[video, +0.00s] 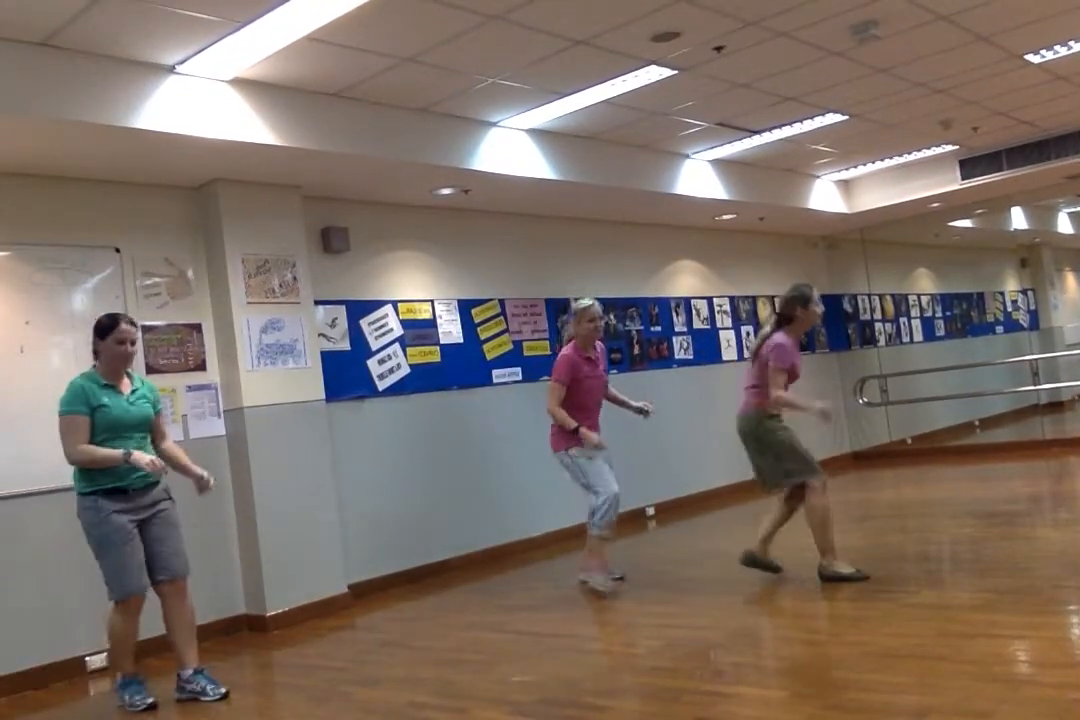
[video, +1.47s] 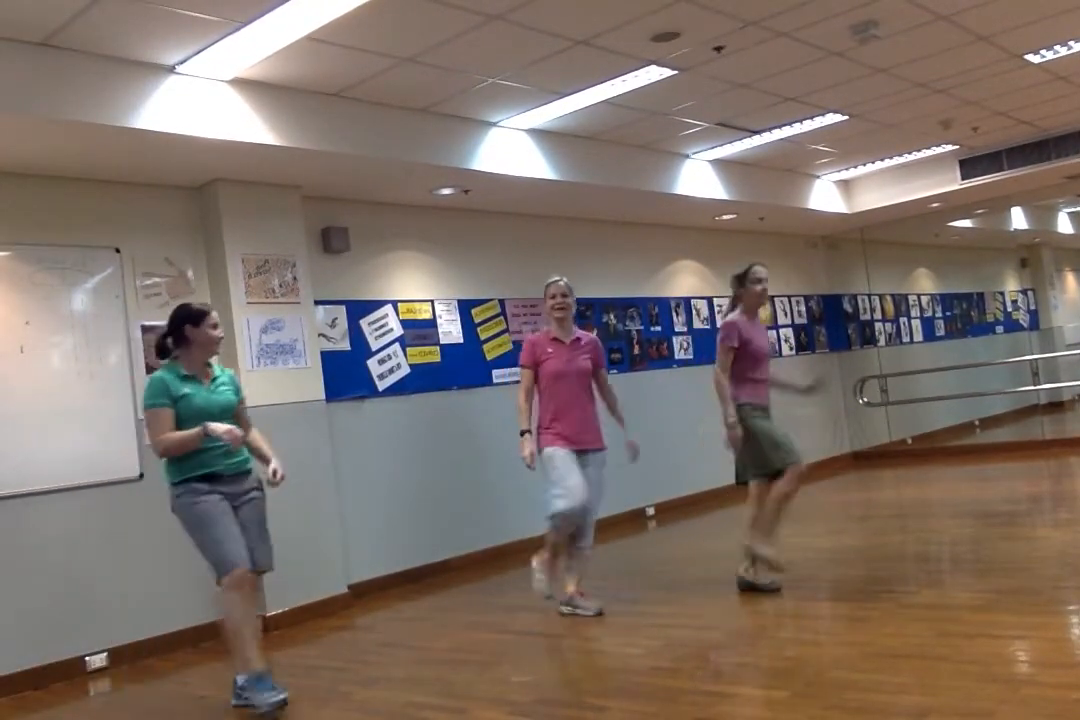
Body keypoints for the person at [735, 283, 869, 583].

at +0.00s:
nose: (820, 312)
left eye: (819, 306)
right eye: (815, 307)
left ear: (796, 311)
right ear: (798, 311)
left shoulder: (778, 340)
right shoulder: (781, 344)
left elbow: (765, 392)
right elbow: (776, 395)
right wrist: (814, 406)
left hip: (756, 420)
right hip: (761, 421)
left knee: (800, 487)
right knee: (815, 481)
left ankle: (759, 551)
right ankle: (829, 562)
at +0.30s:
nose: (798, 330)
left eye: (797, 325)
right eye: (794, 325)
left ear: (772, 326)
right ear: (779, 328)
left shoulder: (745, 339)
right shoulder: (765, 357)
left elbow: (707, 358)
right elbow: (786, 386)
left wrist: (696, 394)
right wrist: (819, 360)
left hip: (718, 425)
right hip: (728, 428)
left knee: (752, 497)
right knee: (768, 492)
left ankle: (730, 556)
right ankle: (813, 559)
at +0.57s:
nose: (768, 308)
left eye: (767, 302)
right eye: (763, 302)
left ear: (749, 307)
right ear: (745, 306)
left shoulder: (745, 336)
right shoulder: (729, 339)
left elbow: (734, 371)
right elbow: (710, 384)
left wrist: (754, 391)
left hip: (724, 410)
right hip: (708, 411)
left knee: (739, 480)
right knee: (741, 476)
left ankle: (733, 554)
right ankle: (729, 555)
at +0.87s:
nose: (733, 297)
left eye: (736, 292)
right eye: (726, 291)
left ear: (738, 299)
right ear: (711, 296)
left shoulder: (735, 333)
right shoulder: (693, 333)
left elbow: (732, 375)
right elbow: (676, 369)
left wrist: (770, 400)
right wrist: (680, 400)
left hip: (726, 422)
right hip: (698, 423)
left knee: (742, 489)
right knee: (704, 495)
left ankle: (730, 549)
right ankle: (697, 564)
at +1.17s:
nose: (735, 292)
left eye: (739, 287)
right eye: (728, 287)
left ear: (744, 294)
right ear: (716, 293)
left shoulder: (743, 331)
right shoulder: (708, 324)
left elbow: (738, 372)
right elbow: (701, 363)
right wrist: (733, 353)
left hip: (742, 417)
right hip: (710, 419)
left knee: (748, 491)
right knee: (709, 494)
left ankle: (747, 567)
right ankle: (707, 560)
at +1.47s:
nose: (764, 288)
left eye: (765, 283)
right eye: (757, 282)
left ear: (765, 289)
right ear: (741, 288)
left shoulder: (758, 324)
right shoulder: (733, 324)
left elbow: (762, 374)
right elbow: (721, 375)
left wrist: (799, 387)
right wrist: (731, 421)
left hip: (759, 410)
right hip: (745, 411)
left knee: (761, 491)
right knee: (793, 467)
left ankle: (749, 568)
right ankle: (759, 540)